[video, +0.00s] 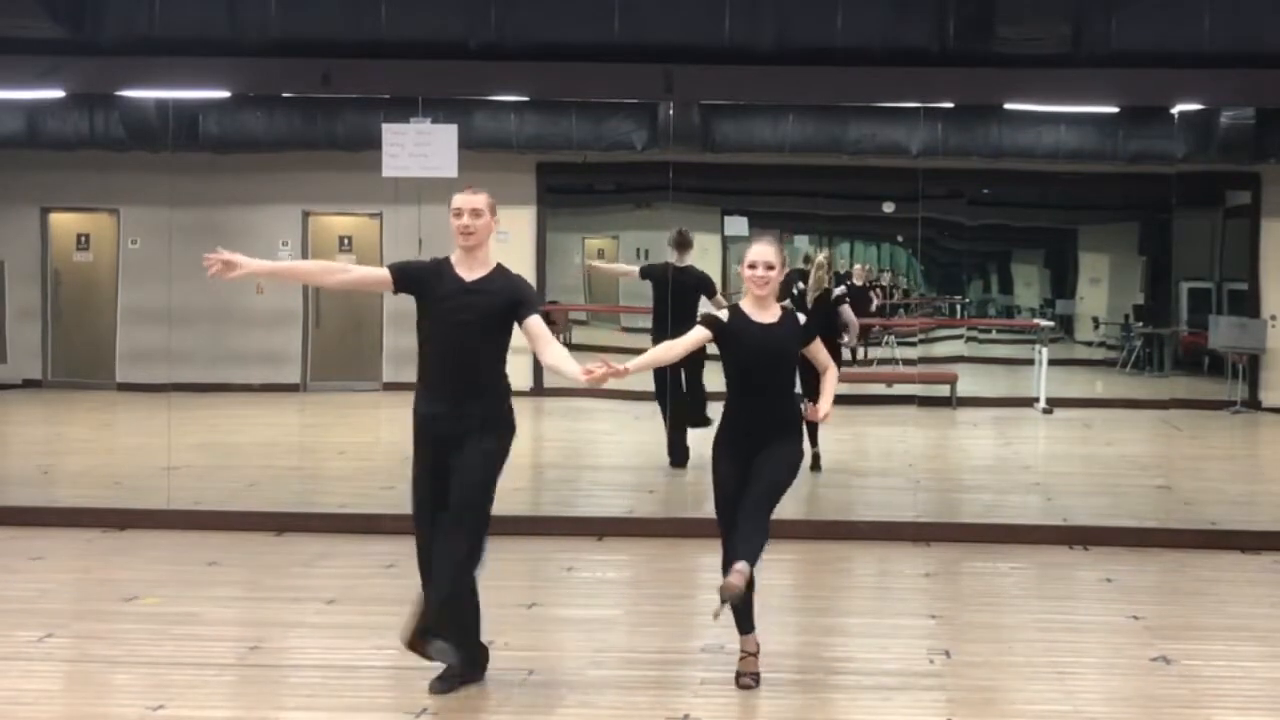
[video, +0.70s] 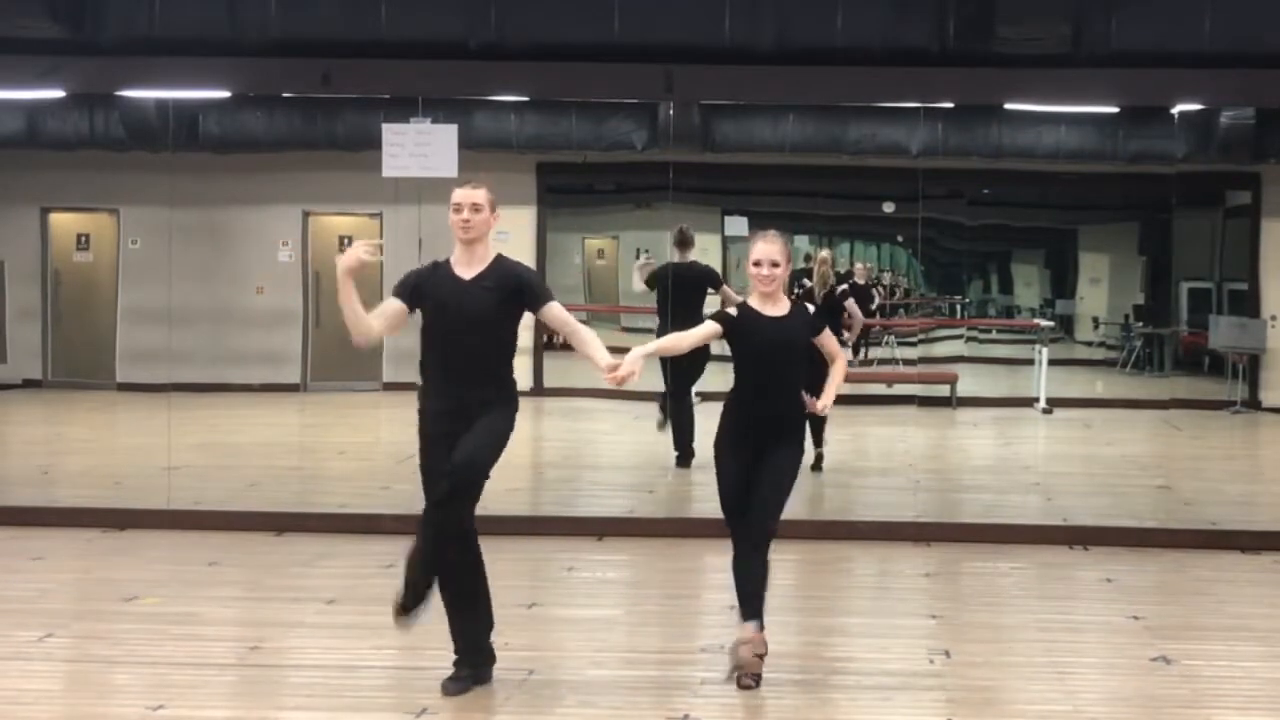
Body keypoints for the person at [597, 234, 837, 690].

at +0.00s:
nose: (759, 273)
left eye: (768, 266)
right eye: (753, 265)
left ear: (782, 273)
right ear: (741, 270)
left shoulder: (796, 323)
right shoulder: (724, 318)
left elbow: (828, 368)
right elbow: (675, 347)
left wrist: (824, 403)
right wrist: (627, 367)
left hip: (783, 436)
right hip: (734, 436)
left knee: (759, 500)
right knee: (734, 535)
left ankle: (740, 570)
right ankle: (748, 646)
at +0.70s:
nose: (765, 272)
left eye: (774, 264)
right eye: (757, 264)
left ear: (788, 269)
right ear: (747, 268)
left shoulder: (807, 317)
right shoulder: (734, 315)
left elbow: (839, 358)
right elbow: (686, 339)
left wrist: (826, 397)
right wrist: (639, 353)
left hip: (785, 437)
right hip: (737, 435)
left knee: (759, 532)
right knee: (743, 532)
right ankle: (752, 633)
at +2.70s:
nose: (750, 277)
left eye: (758, 269)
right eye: (741, 269)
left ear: (771, 273)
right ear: (726, 271)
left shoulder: (788, 316)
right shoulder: (711, 323)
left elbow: (843, 357)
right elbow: (661, 371)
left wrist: (811, 350)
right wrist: (648, 325)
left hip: (770, 446)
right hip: (720, 448)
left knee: (754, 551)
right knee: (741, 550)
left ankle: (763, 658)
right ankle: (762, 648)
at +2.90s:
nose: (732, 283)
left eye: (741, 275)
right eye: (725, 275)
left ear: (757, 280)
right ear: (714, 278)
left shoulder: (767, 328)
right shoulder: (697, 323)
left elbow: (802, 373)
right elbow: (634, 351)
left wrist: (806, 320)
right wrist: (636, 291)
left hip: (765, 455)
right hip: (720, 456)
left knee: (755, 554)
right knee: (680, 553)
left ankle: (775, 657)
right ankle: (740, 638)